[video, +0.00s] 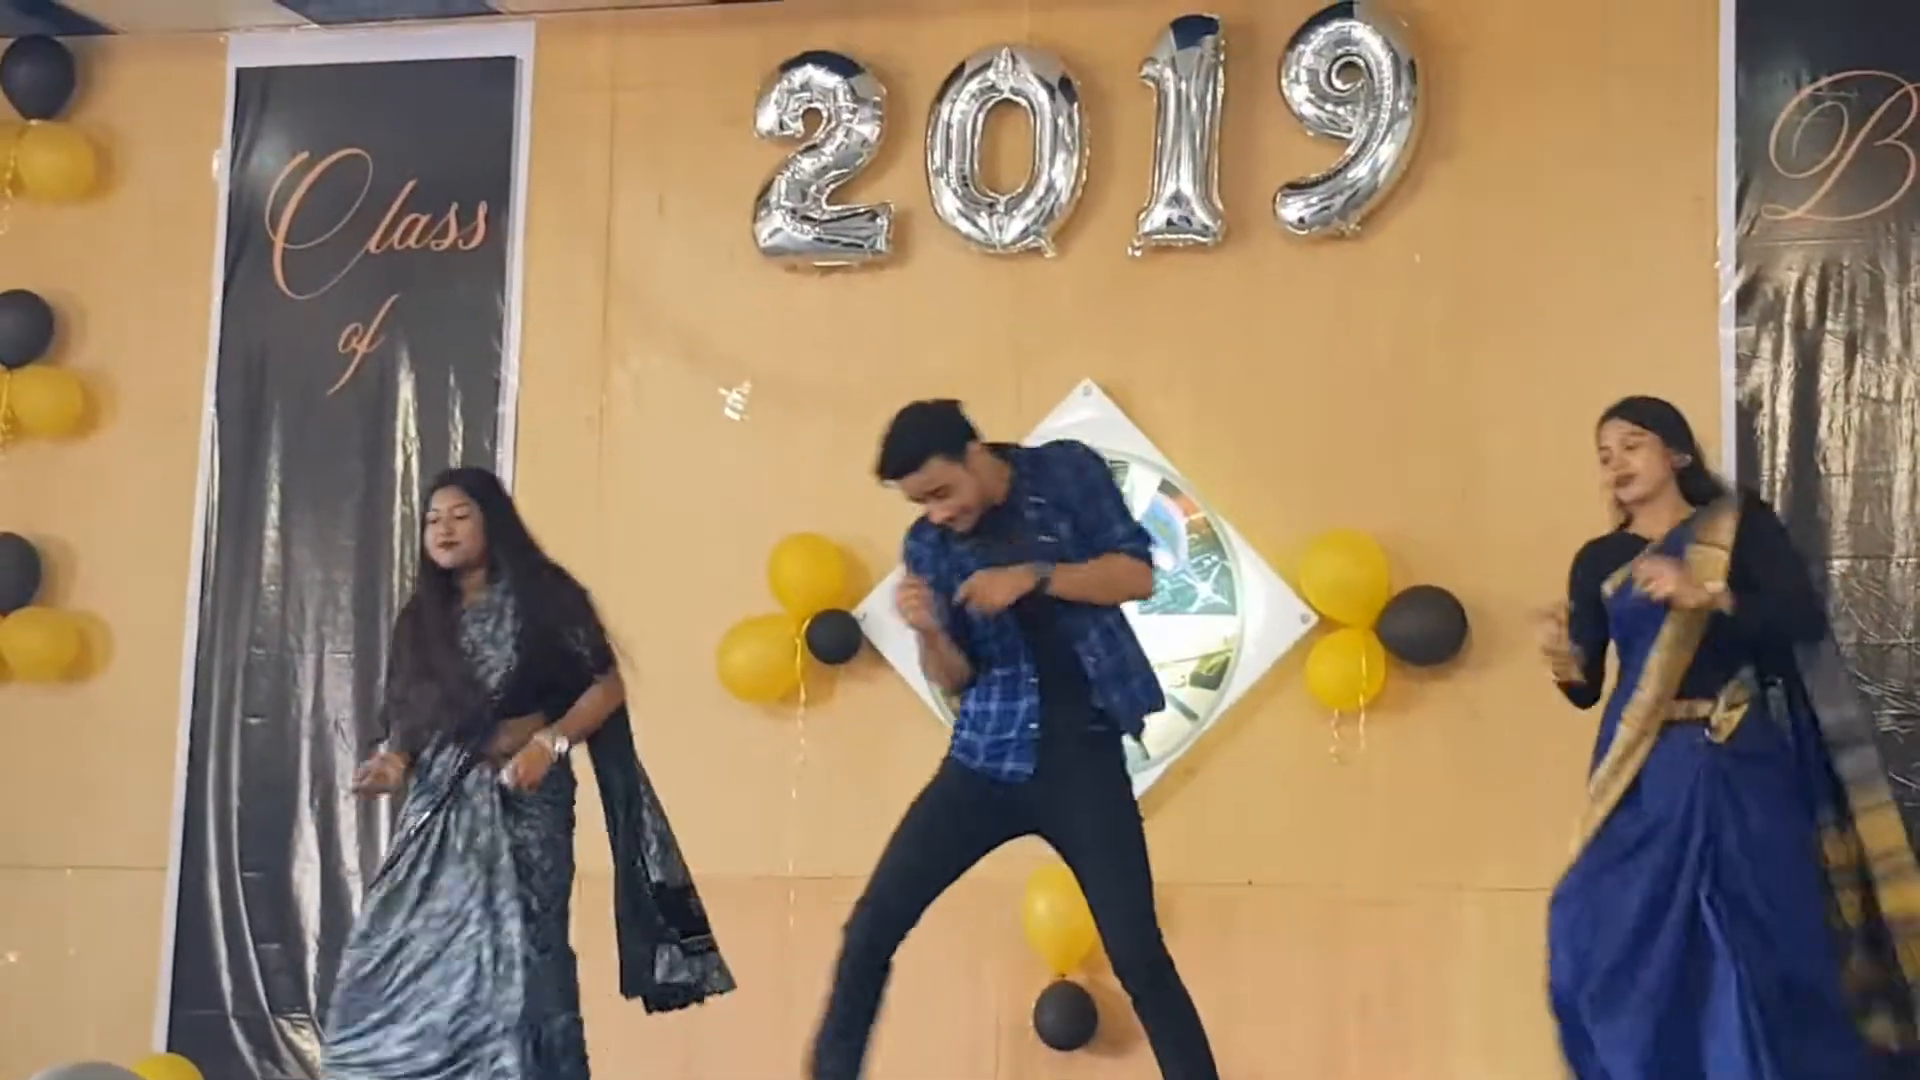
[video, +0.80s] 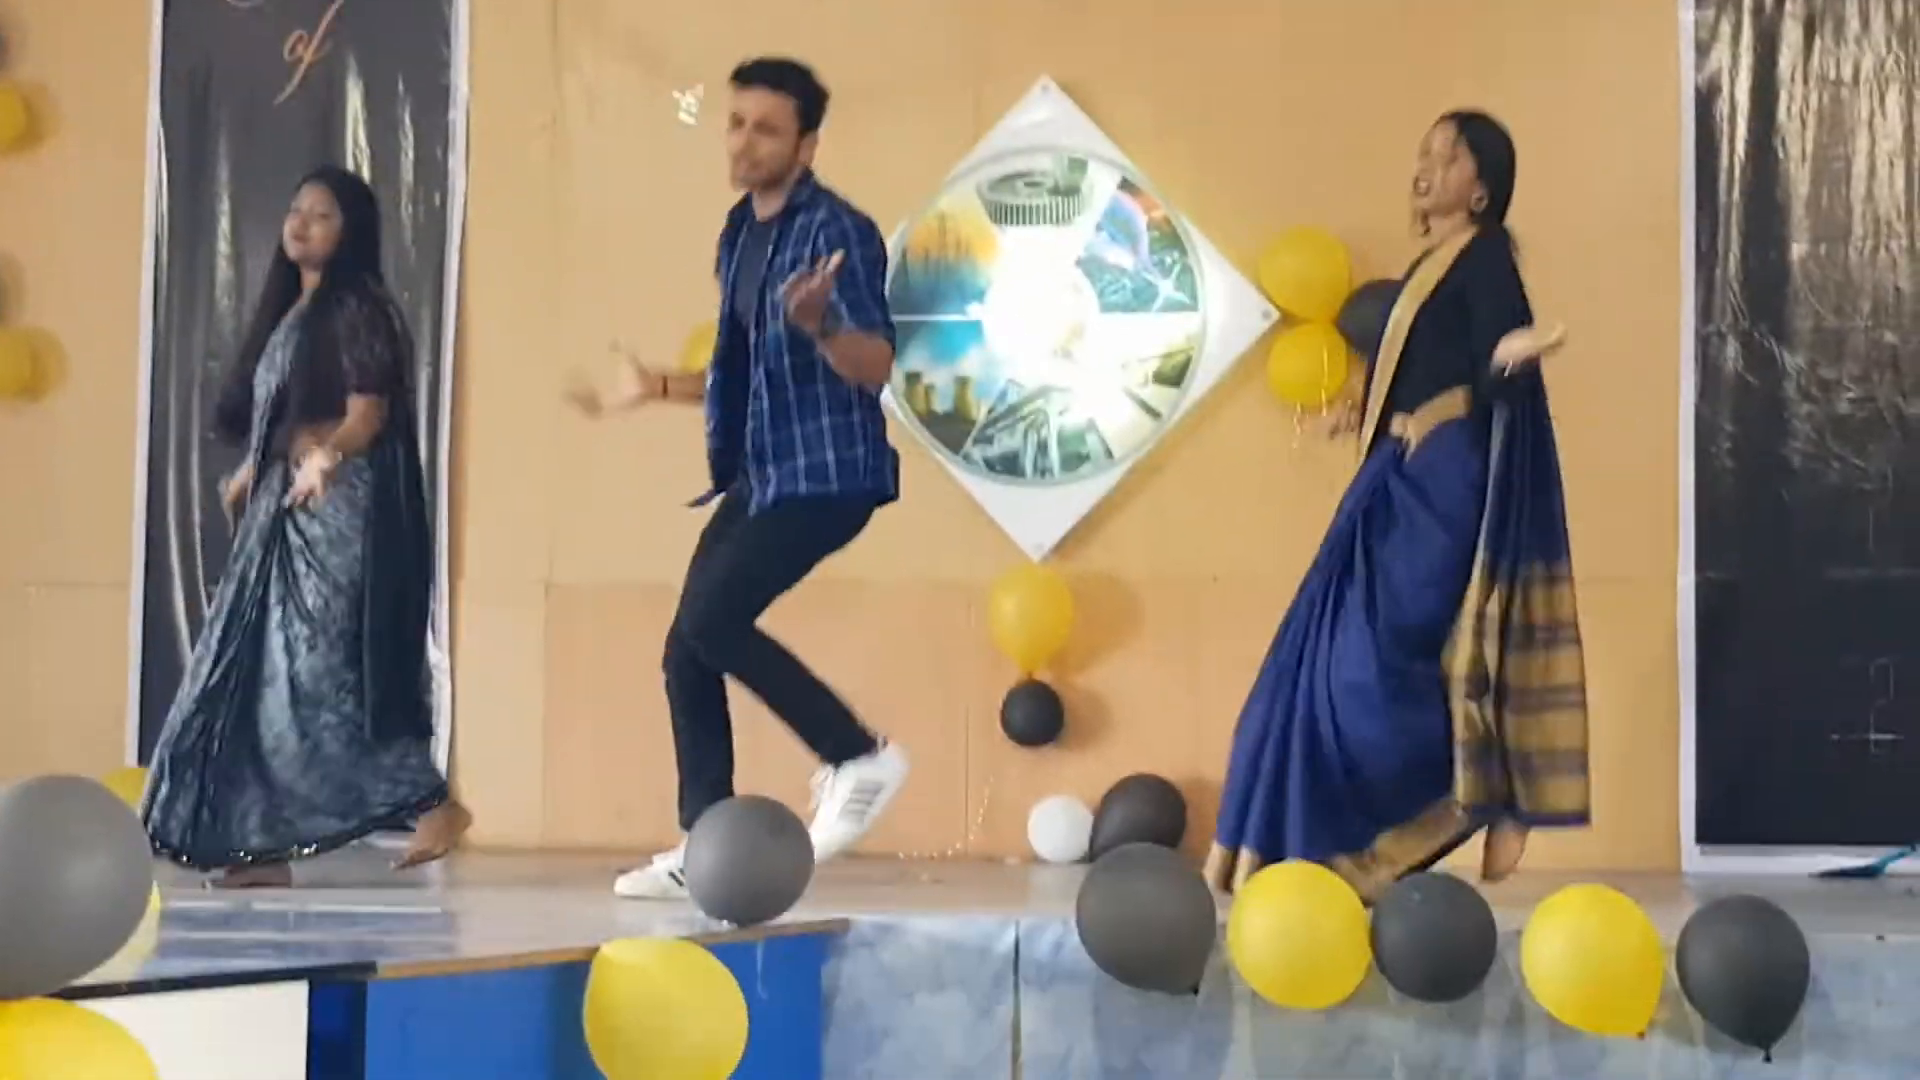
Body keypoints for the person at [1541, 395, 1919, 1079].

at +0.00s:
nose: (1616, 465)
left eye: (1632, 447)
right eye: (1606, 454)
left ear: (1675, 453)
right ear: (1601, 468)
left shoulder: (1740, 523)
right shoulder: (1598, 559)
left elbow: (1805, 618)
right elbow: (1584, 690)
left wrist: (1708, 595)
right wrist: (1563, 656)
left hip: (1743, 760)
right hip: (1644, 770)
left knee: (1751, 936)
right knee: (1626, 931)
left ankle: (1758, 1065)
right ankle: (1641, 1065)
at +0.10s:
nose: (1572, 463)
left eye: (1589, 447)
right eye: (1565, 453)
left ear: (1634, 456)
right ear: (1563, 467)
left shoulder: (1691, 510)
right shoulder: (1561, 571)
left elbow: (1762, 620)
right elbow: (1558, 707)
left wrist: (1662, 646)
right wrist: (1504, 646)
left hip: (1697, 764)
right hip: (1606, 776)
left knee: (1698, 945)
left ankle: (1707, 1068)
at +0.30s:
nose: (1492, 455)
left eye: (1510, 442)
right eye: (1488, 442)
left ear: (1555, 460)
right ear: (1481, 457)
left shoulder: (1603, 551)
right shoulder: (1458, 553)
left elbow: (1665, 675)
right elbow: (1436, 680)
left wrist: (1608, 710)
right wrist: (1396, 644)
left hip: (1586, 787)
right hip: (1488, 790)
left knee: (1615, 964)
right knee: (1459, 952)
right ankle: (1457, 1068)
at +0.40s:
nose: (1466, 404)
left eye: (1483, 392)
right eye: (1465, 390)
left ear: (1527, 409)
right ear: (1463, 402)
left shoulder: (1571, 497)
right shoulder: (1424, 498)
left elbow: (1628, 620)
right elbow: (1389, 598)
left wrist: (1574, 633)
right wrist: (1357, 610)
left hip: (1547, 726)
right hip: (1455, 728)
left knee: (1555, 914)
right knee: (1434, 900)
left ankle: (1624, 1057)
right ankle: (1431, 1065)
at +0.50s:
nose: (1453, 316)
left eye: (1468, 302)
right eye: (1449, 302)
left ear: (1508, 314)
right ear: (1441, 314)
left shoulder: (1552, 398)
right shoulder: (1416, 404)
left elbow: (1599, 524)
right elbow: (1395, 509)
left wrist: (1542, 545)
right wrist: (1361, 551)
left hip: (1524, 623)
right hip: (1443, 624)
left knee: (1505, 805)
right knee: (1408, 786)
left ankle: (1525, 1004)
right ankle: (1388, 1002)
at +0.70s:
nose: (1407, 205)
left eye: (1426, 193)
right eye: (1408, 191)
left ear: (1469, 213)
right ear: (1415, 208)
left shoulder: (1490, 297)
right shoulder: (1418, 307)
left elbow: (1519, 429)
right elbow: (1396, 418)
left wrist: (1451, 452)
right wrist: (1339, 459)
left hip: (1444, 539)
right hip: (1378, 535)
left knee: (1404, 725)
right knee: (1337, 719)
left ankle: (1497, 871)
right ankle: (1355, 914)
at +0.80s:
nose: (1422, 169)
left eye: (1440, 157)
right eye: (1422, 156)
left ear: (1480, 177)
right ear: (1425, 170)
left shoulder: (1487, 255)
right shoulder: (1427, 261)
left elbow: (1498, 361)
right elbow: (1416, 364)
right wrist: (1359, 406)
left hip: (1450, 476)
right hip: (1397, 473)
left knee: (1388, 653)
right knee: (1315, 653)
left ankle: (1501, 802)